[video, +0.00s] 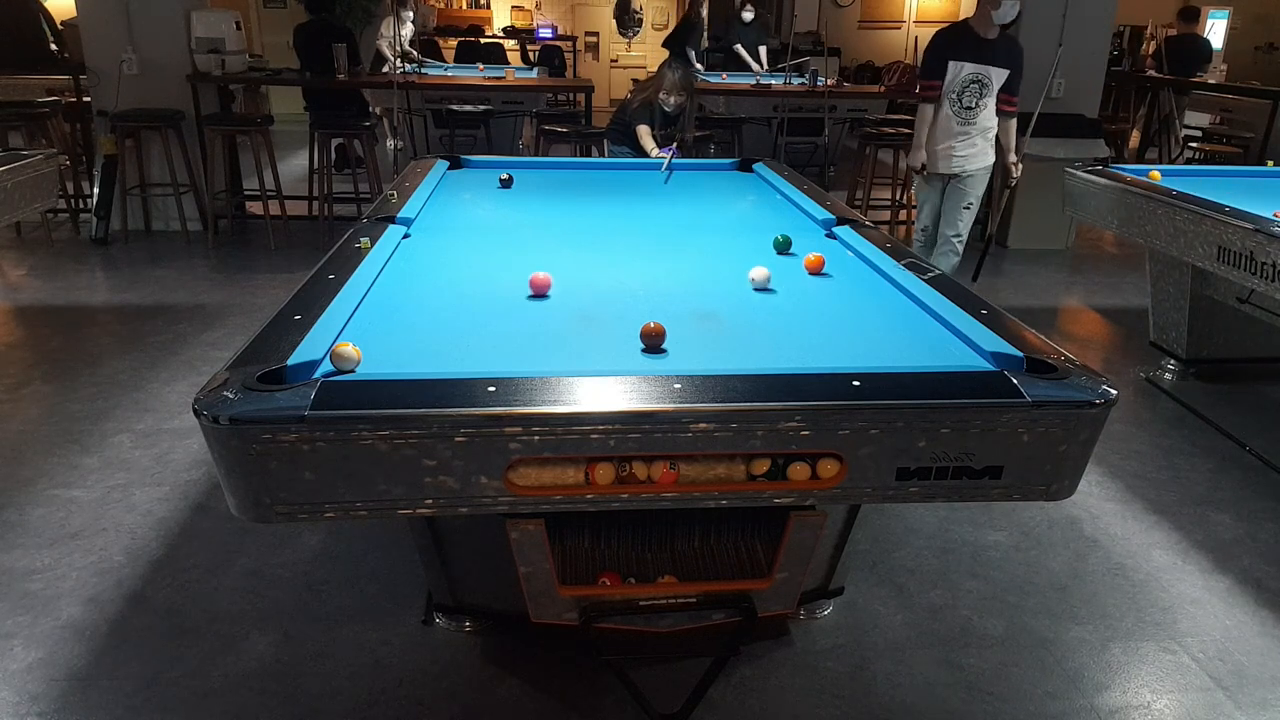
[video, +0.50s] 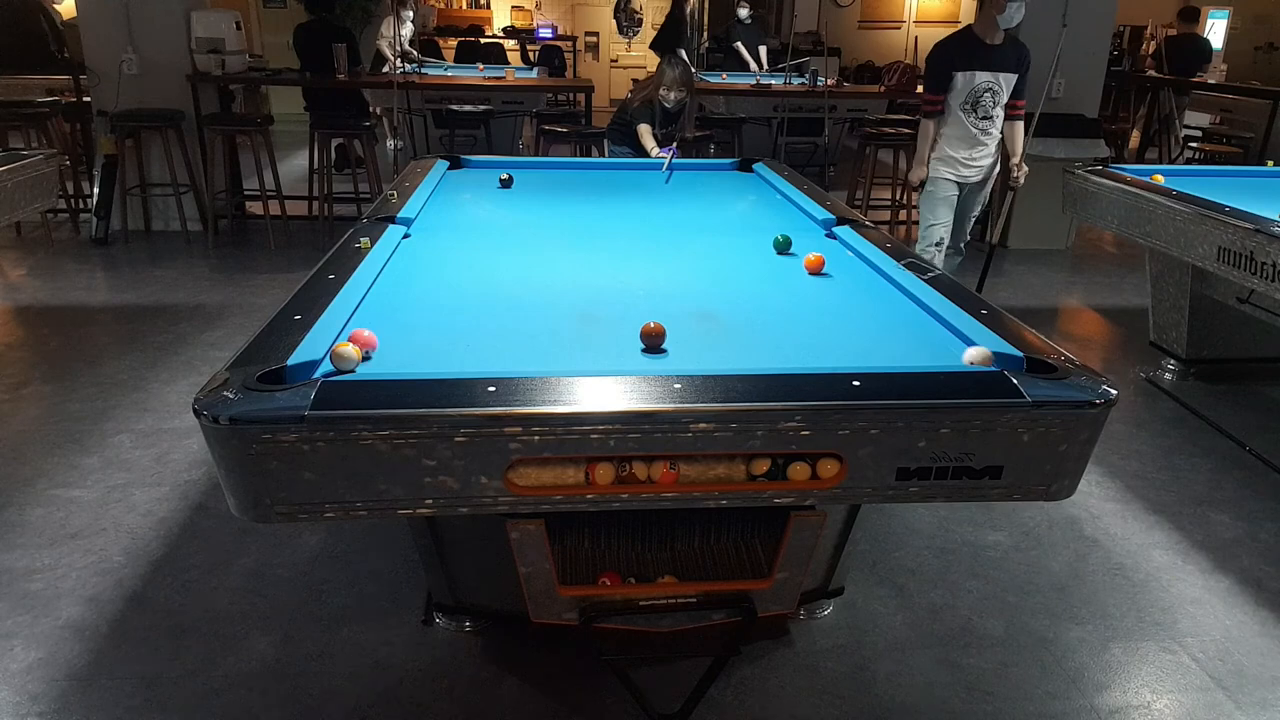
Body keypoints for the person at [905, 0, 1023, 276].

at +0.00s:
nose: (1004, 5)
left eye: (1008, 3)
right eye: (1000, 1)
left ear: (1010, 9)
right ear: (985, 2)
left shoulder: (1011, 50)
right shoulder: (944, 38)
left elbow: (1008, 111)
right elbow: (927, 99)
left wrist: (1010, 154)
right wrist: (918, 146)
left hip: (976, 160)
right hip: (934, 155)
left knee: (952, 238)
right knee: (924, 233)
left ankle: (930, 302)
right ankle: (911, 296)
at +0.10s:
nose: (1007, 6)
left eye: (1012, 2)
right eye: (1001, 1)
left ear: (1016, 8)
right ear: (984, 2)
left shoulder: (1014, 53)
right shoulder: (945, 40)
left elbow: (1010, 114)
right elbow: (922, 99)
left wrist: (1009, 159)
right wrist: (908, 145)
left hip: (978, 163)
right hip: (933, 158)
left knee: (953, 242)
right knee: (922, 236)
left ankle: (929, 302)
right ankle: (906, 300)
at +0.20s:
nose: (1007, 6)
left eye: (1012, 2)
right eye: (1000, 1)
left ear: (1018, 8)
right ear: (983, 2)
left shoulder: (1016, 53)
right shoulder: (946, 41)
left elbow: (1012, 115)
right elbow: (919, 100)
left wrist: (1010, 160)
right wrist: (903, 146)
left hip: (981, 164)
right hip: (936, 158)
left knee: (956, 241)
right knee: (922, 235)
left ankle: (936, 299)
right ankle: (905, 298)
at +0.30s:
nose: (1007, 4)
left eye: (1012, 1)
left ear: (1018, 7)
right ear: (985, 2)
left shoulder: (1018, 53)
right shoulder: (947, 42)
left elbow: (1014, 114)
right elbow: (921, 102)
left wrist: (1010, 158)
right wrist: (903, 149)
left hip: (981, 167)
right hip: (937, 159)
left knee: (956, 243)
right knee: (925, 236)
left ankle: (935, 301)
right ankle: (900, 302)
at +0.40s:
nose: (1011, 7)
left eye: (1014, 3)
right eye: (1003, 2)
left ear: (1017, 7)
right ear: (986, 3)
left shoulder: (1019, 54)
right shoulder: (947, 46)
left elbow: (1014, 113)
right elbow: (925, 107)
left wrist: (1012, 158)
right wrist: (911, 155)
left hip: (983, 167)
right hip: (941, 158)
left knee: (957, 242)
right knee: (929, 236)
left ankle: (935, 300)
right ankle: (904, 300)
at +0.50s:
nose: (1014, 7)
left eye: (1017, 3)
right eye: (1007, 2)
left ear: (1018, 9)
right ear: (989, 4)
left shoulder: (1018, 55)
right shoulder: (946, 52)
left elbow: (1015, 114)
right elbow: (929, 114)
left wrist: (1016, 159)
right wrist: (919, 164)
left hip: (983, 171)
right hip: (943, 167)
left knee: (956, 247)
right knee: (932, 249)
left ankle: (936, 306)